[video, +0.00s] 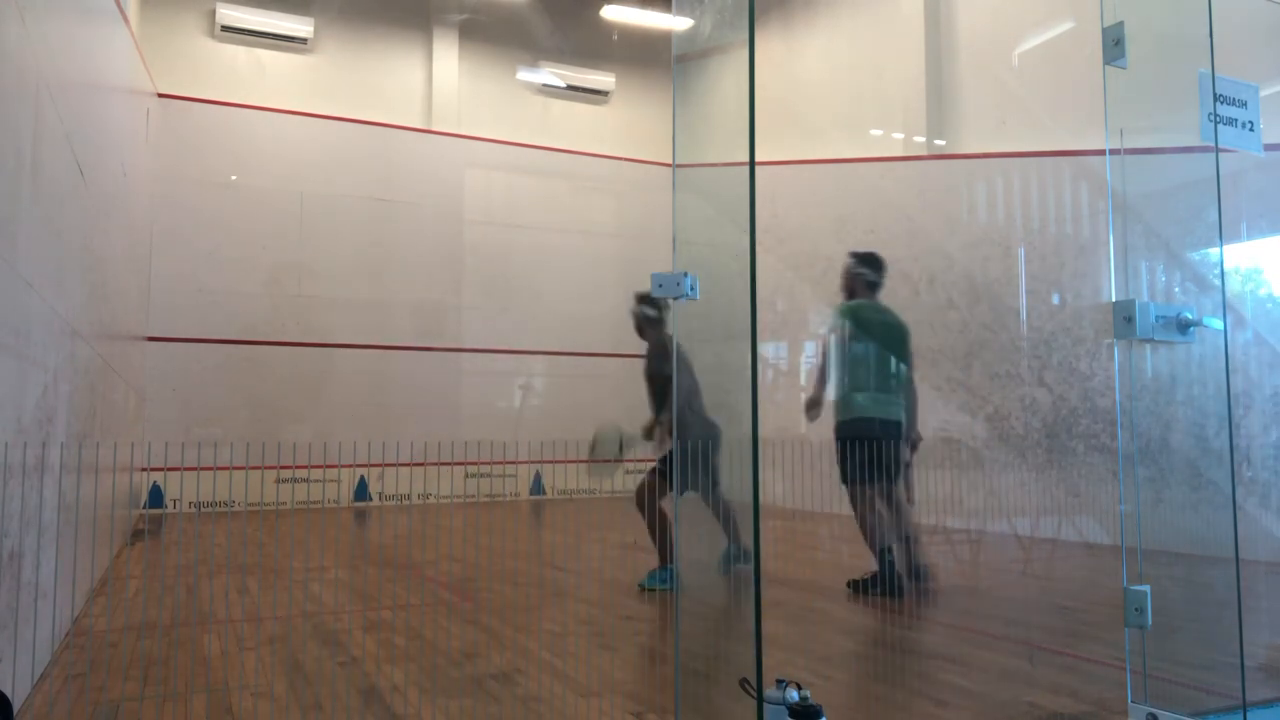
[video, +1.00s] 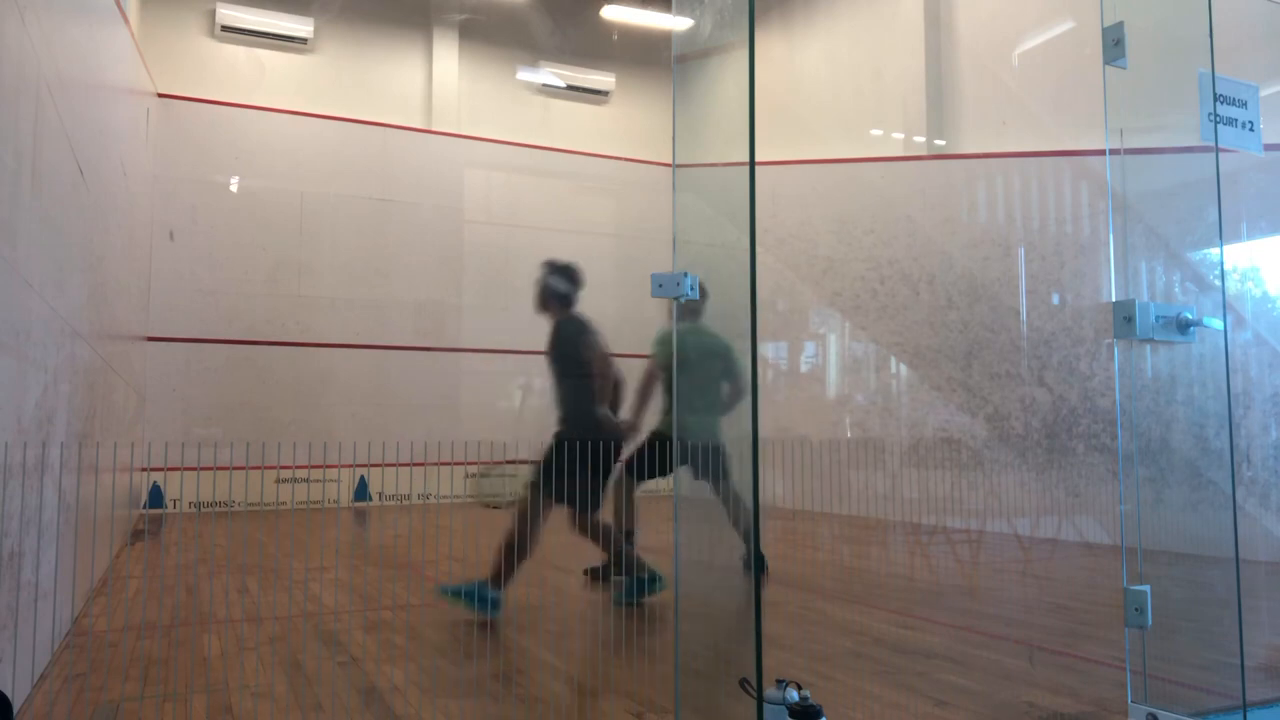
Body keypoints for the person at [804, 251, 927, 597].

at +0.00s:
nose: (841, 283)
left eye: (845, 277)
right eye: (844, 276)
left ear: (852, 280)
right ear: (878, 284)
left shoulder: (843, 315)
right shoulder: (897, 324)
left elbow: (826, 360)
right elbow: (908, 383)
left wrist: (815, 398)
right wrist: (912, 427)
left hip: (855, 423)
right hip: (893, 424)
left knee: (863, 501)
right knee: (894, 496)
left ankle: (887, 570)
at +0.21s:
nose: (798, 291)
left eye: (802, 284)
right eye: (800, 284)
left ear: (814, 288)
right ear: (832, 290)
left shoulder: (806, 321)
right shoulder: (857, 328)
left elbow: (786, 368)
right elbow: (878, 378)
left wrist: (774, 405)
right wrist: (896, 423)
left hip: (823, 425)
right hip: (852, 426)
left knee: (851, 500)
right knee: (814, 482)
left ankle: (887, 570)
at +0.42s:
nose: (760, 300)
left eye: (766, 294)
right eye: (762, 294)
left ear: (781, 300)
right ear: (793, 302)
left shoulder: (764, 335)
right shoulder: (815, 338)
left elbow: (743, 374)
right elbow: (838, 386)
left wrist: (730, 407)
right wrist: (853, 428)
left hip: (774, 431)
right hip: (803, 433)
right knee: (767, 495)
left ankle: (845, 540)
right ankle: (762, 554)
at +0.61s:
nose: (725, 296)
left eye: (730, 290)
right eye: (727, 290)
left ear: (744, 294)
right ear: (758, 294)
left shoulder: (734, 328)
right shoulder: (784, 331)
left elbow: (717, 369)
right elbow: (803, 379)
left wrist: (697, 406)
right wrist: (807, 416)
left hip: (742, 428)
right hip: (775, 430)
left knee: (712, 483)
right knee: (755, 485)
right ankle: (762, 553)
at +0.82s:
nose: (699, 290)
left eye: (703, 284)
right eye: (700, 283)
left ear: (715, 285)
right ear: (731, 287)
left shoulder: (705, 317)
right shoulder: (756, 321)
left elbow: (694, 357)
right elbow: (778, 368)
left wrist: (683, 401)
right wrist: (767, 402)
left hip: (706, 418)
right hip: (742, 422)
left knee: (676, 482)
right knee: (750, 487)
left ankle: (650, 545)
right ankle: (762, 550)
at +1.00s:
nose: (674, 309)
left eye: (675, 302)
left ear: (676, 306)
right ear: (702, 306)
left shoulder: (668, 338)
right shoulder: (718, 343)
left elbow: (650, 378)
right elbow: (739, 390)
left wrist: (633, 421)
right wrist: (715, 410)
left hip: (671, 436)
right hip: (708, 439)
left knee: (625, 480)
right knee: (727, 492)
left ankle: (620, 560)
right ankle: (755, 554)